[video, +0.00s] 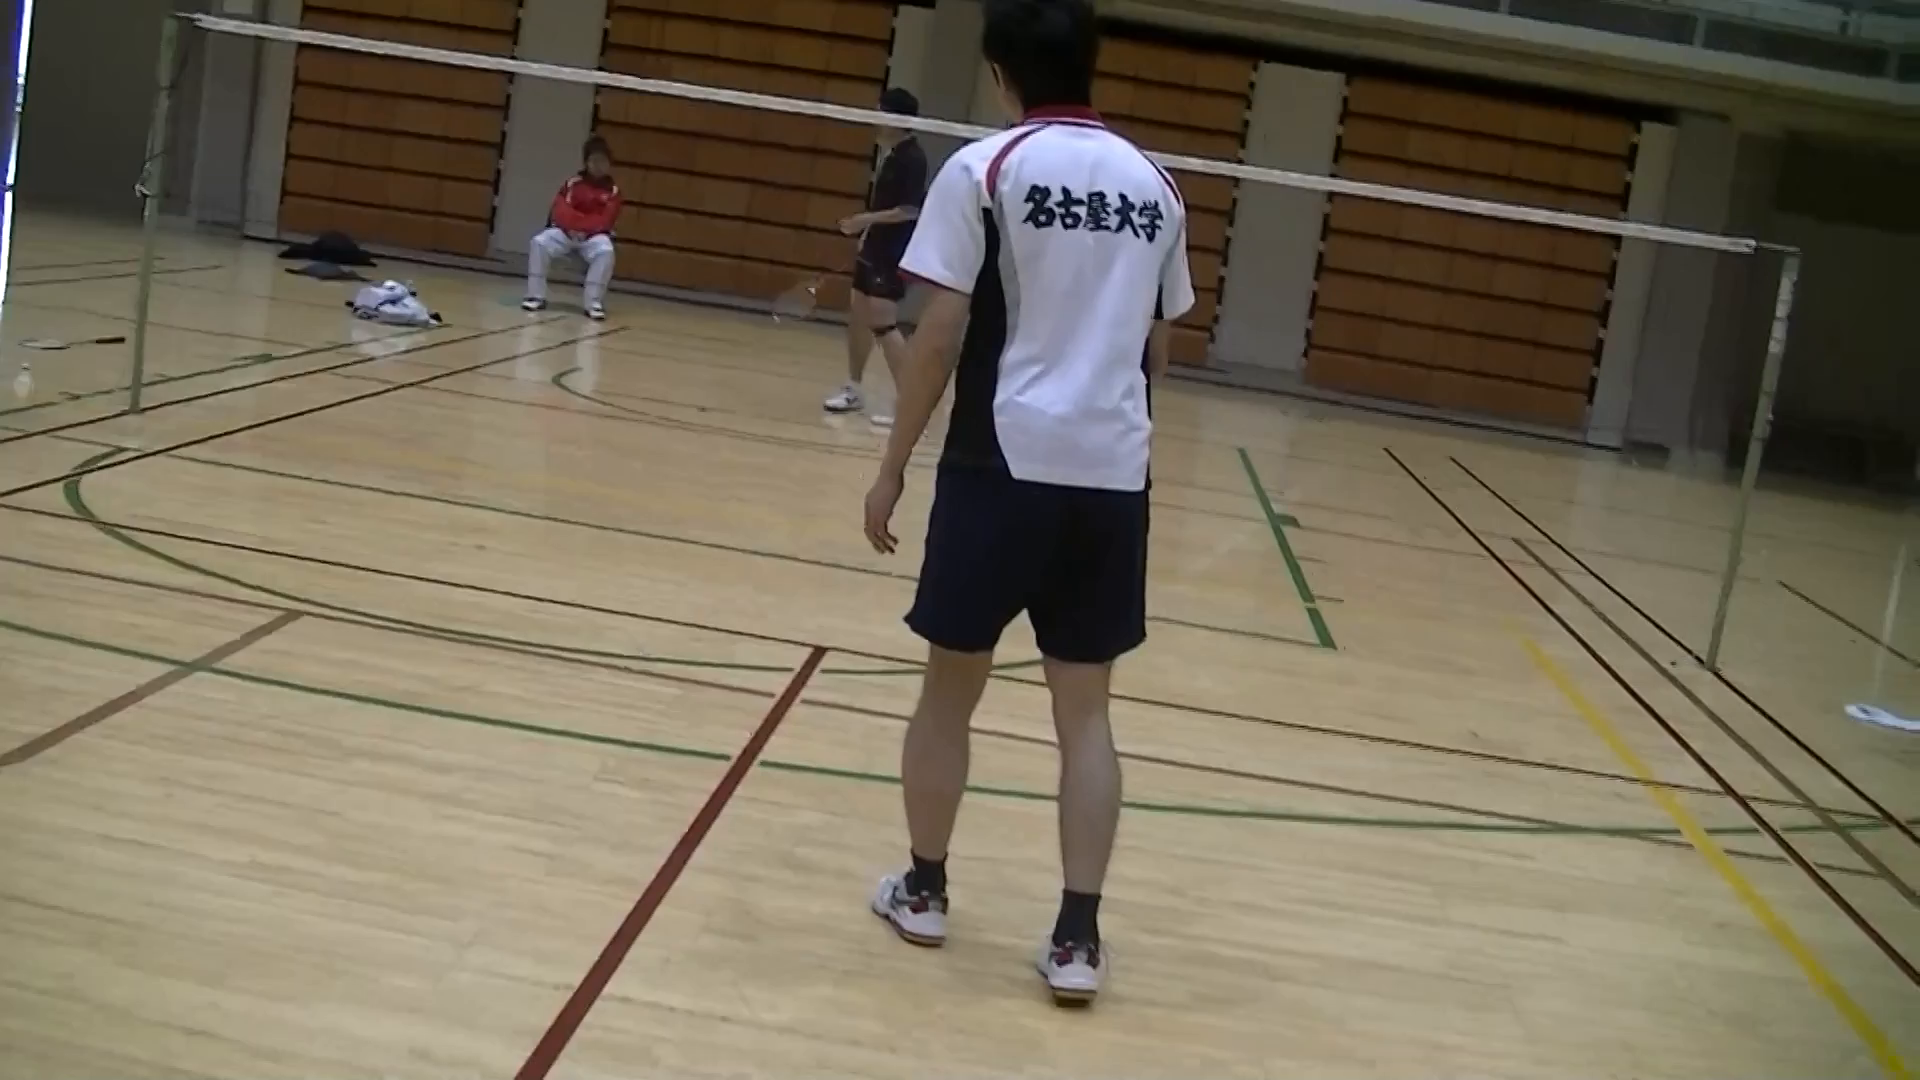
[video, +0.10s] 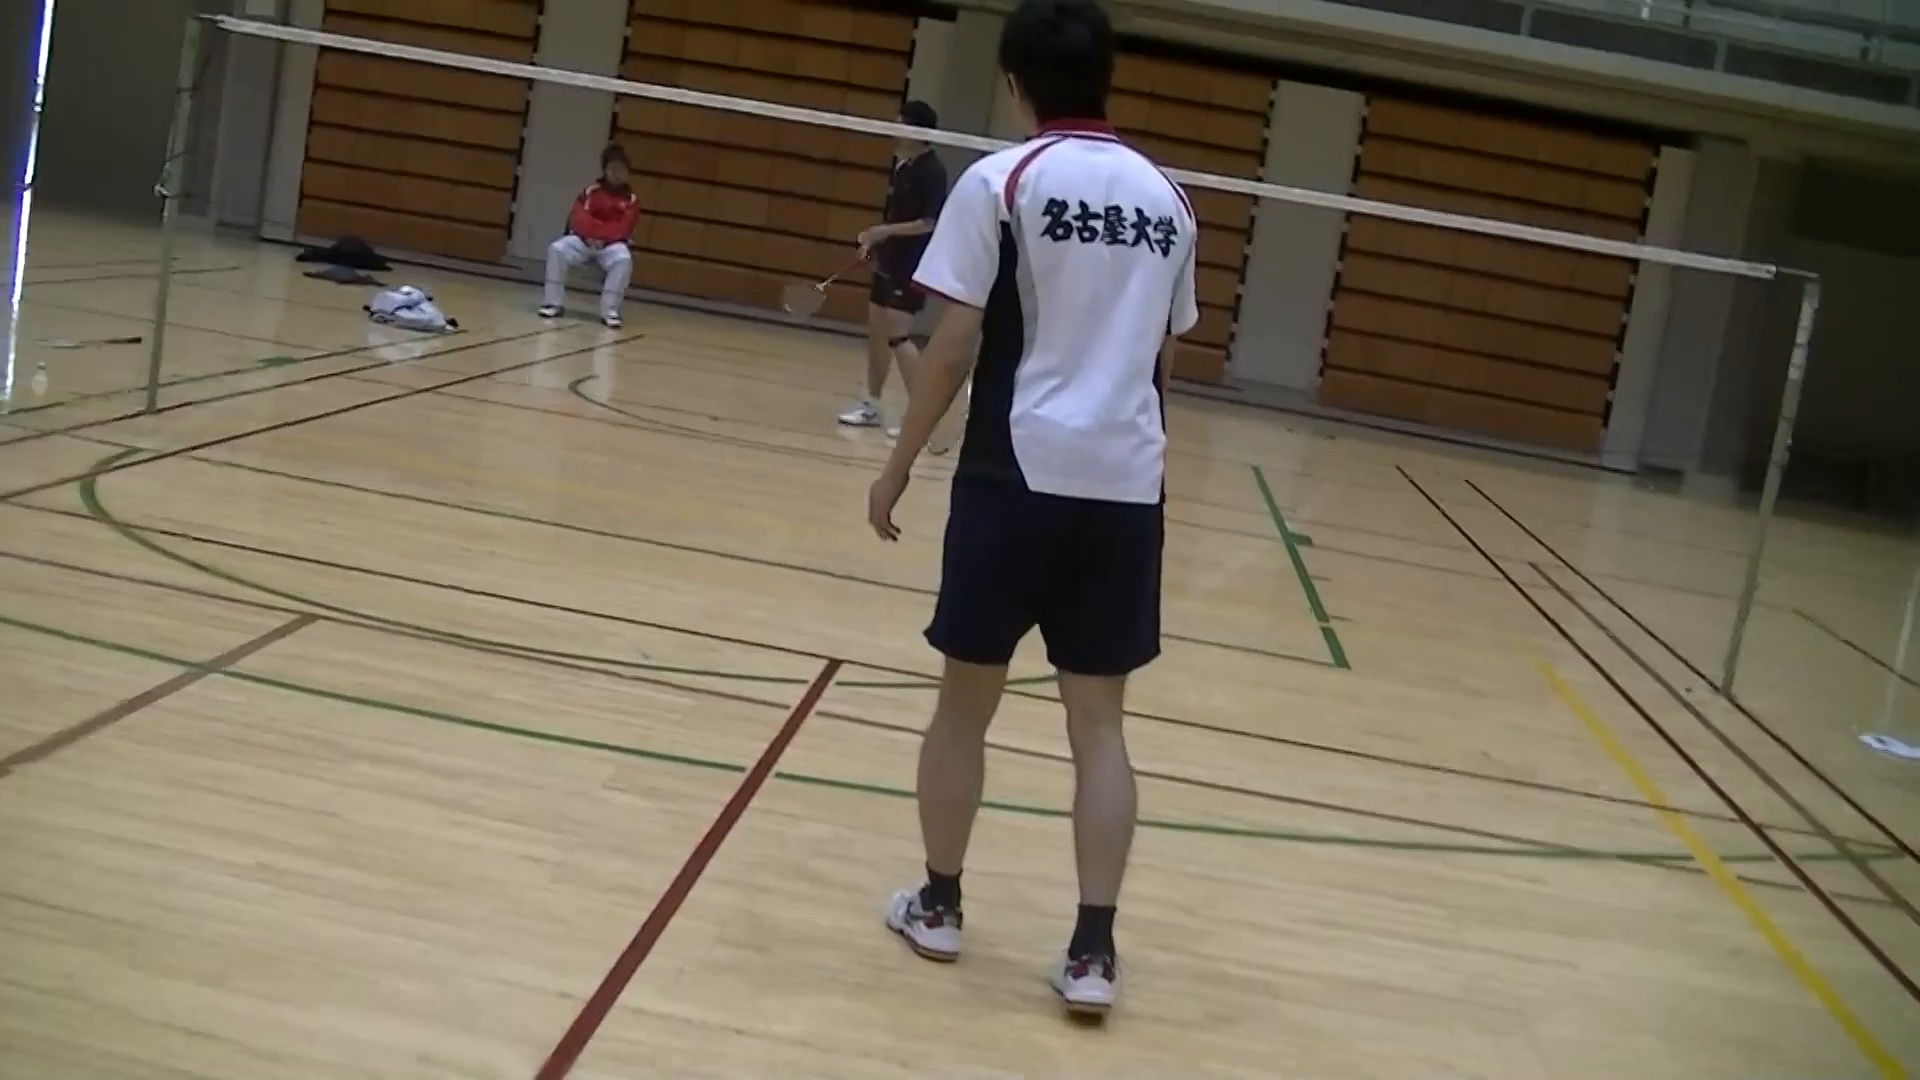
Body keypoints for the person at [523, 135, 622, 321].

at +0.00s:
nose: (598, 166)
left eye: (602, 161)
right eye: (593, 161)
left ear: (609, 163)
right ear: (586, 163)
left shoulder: (612, 191)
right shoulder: (572, 184)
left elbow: (605, 221)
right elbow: (559, 211)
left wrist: (583, 229)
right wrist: (573, 226)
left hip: (594, 234)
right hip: (566, 230)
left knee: (605, 253)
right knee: (539, 243)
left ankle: (594, 302)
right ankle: (536, 296)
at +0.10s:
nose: (616, 174)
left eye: (621, 169)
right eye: (612, 169)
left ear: (627, 171)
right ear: (605, 171)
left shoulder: (630, 199)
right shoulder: (591, 191)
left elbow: (623, 229)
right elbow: (577, 218)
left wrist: (602, 237)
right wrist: (591, 234)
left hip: (612, 242)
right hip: (583, 238)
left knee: (623, 261)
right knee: (557, 250)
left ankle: (611, 310)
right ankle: (553, 303)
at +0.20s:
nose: (641, 186)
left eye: (645, 181)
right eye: (636, 180)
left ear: (652, 183)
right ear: (628, 182)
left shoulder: (654, 212)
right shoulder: (614, 203)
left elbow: (647, 240)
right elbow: (600, 230)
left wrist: (625, 248)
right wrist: (614, 245)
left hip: (635, 254)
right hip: (606, 249)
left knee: (645, 273)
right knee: (580, 261)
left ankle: (633, 322)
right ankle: (575, 314)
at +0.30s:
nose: (653, 202)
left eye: (658, 197)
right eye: (649, 197)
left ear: (664, 200)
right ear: (641, 198)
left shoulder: (667, 228)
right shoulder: (626, 219)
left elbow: (658, 257)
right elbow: (613, 246)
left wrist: (635, 264)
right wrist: (625, 262)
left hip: (646, 271)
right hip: (617, 265)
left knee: (657, 289)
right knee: (591, 276)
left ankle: (643, 339)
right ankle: (586, 330)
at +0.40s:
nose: (653, 220)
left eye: (658, 215)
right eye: (649, 215)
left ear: (664, 218)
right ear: (640, 216)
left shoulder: (666, 246)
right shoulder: (626, 237)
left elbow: (658, 275)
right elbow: (613, 265)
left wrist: (636, 283)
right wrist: (626, 279)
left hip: (646, 289)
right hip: (617, 283)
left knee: (656, 308)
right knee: (590, 295)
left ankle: (642, 356)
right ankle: (585, 348)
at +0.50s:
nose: (642, 232)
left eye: (647, 228)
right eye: (637, 227)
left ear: (653, 230)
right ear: (629, 228)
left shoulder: (655, 258)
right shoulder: (615, 249)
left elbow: (645, 287)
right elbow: (601, 276)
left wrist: (623, 295)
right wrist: (617, 290)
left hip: (634, 301)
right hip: (605, 295)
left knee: (644, 319)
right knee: (579, 305)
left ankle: (630, 368)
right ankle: (573, 359)